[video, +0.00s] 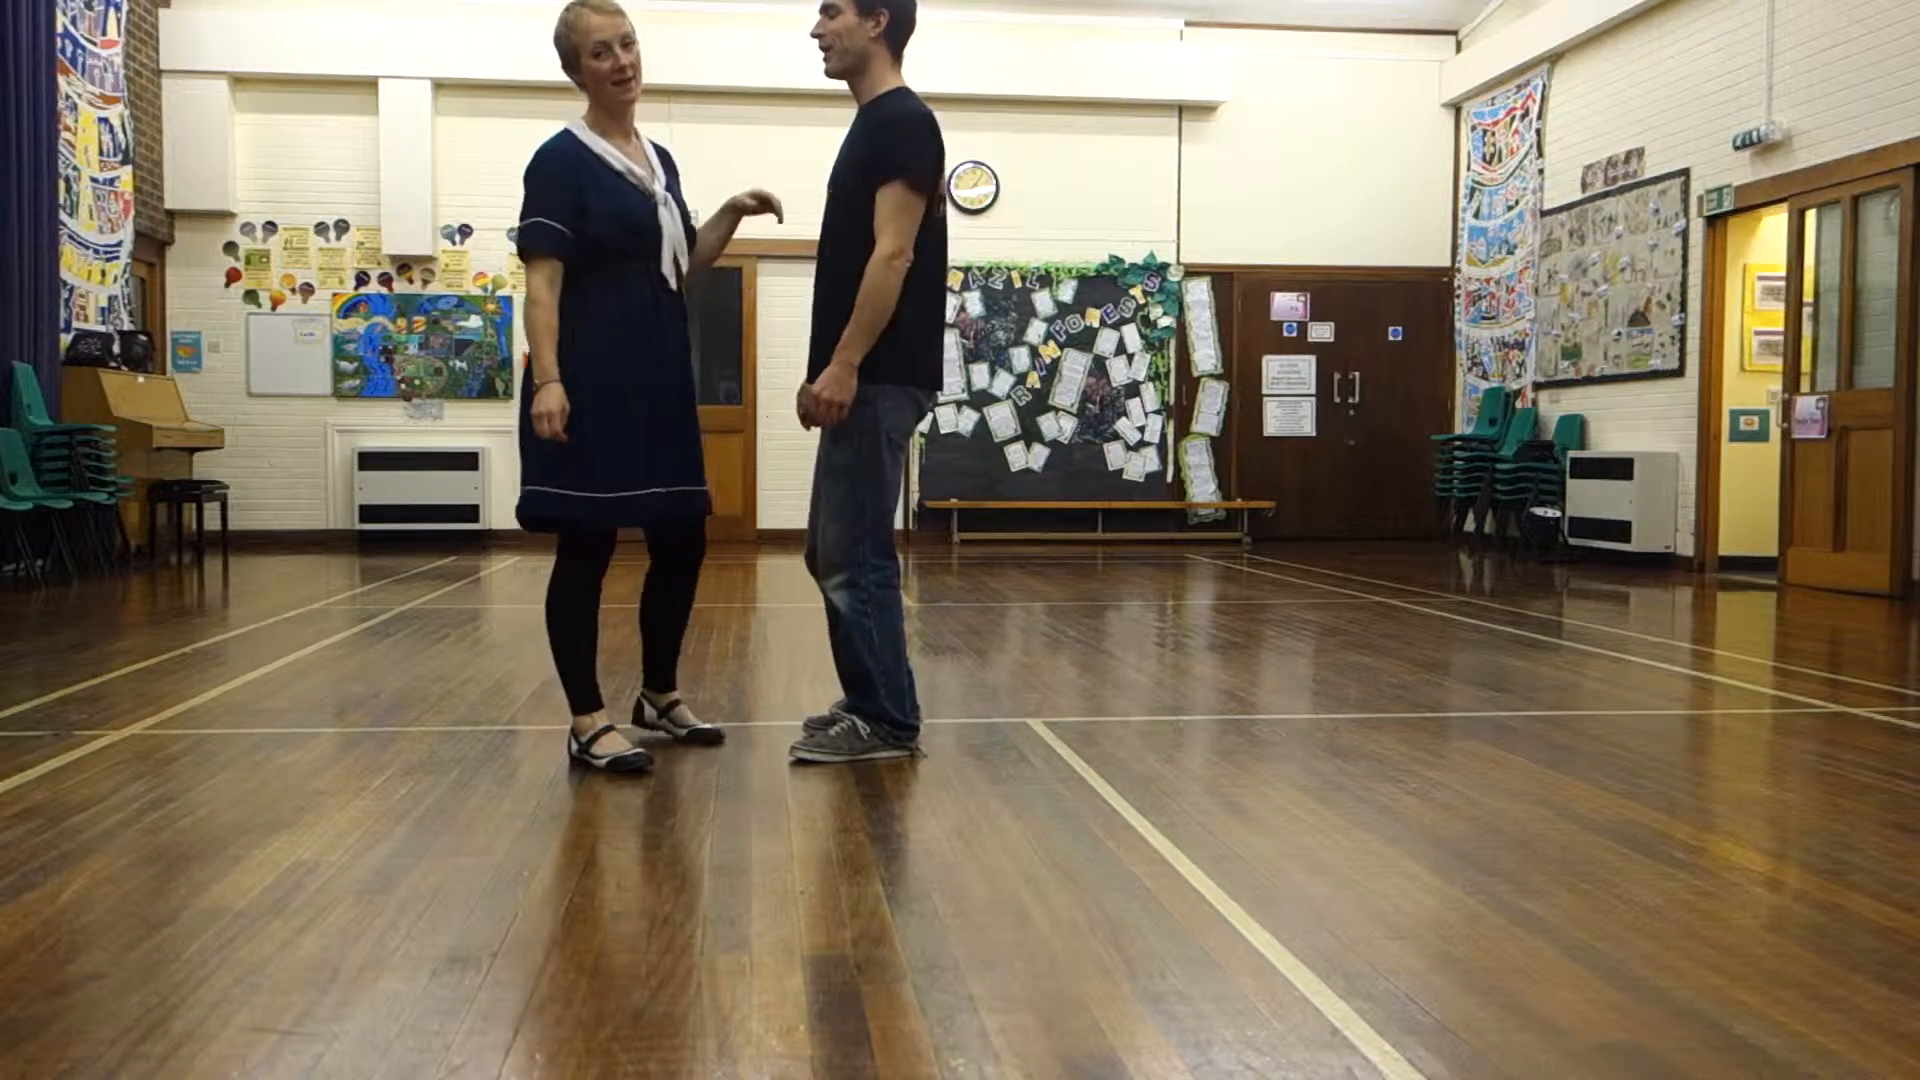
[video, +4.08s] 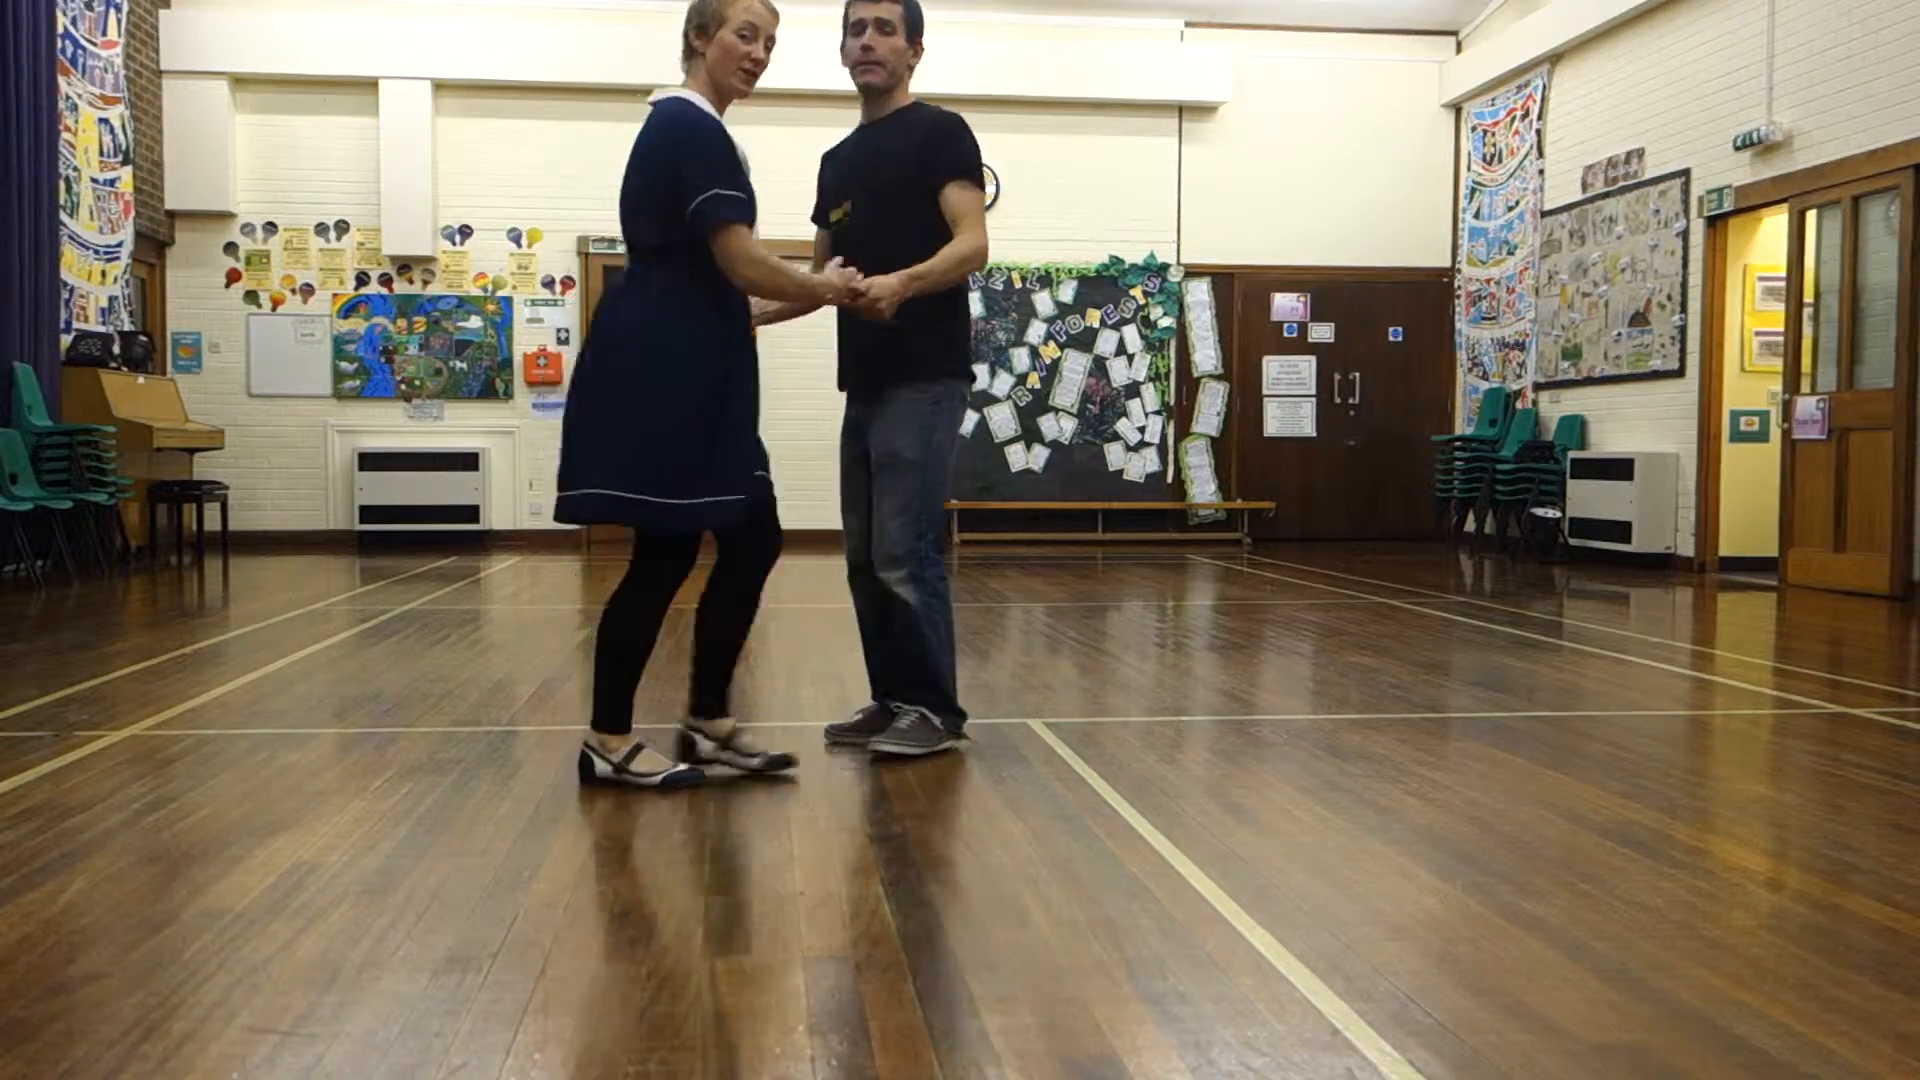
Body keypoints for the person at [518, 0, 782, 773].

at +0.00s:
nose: (620, 60)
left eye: (626, 44)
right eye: (600, 52)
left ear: (642, 51)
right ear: (574, 70)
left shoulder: (659, 159)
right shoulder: (559, 161)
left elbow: (680, 268)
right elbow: (542, 283)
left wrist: (732, 212)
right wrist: (547, 379)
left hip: (659, 388)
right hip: (586, 388)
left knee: (682, 533)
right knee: (585, 546)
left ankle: (658, 699)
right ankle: (588, 724)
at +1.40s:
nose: (680, 67)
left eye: (677, 55)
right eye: (662, 56)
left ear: (643, 74)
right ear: (619, 72)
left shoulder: (683, 174)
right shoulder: (584, 174)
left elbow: (731, 258)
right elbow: (568, 289)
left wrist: (793, 203)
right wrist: (650, 314)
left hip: (678, 396)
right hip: (608, 399)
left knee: (667, 546)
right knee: (605, 551)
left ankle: (661, 702)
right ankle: (585, 718)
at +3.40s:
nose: (645, 87)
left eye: (650, 78)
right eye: (630, 74)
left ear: (647, 91)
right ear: (589, 84)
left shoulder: (628, 175)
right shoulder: (585, 160)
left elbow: (661, 288)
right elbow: (628, 266)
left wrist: (744, 280)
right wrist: (733, 257)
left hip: (626, 388)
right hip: (602, 388)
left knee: (616, 542)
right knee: (638, 541)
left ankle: (591, 707)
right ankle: (596, 712)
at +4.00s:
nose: (739, 56)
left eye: (748, 47)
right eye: (726, 37)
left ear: (744, 63)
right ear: (681, 40)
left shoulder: (686, 133)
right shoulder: (663, 123)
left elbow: (696, 273)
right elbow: (717, 261)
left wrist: (750, 308)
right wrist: (808, 295)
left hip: (681, 383)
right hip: (644, 384)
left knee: (728, 543)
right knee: (659, 552)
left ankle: (646, 699)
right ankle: (608, 739)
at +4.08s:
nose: (760, 53)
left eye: (768, 43)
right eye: (746, 34)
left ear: (763, 56)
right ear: (699, 38)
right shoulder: (688, 124)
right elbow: (738, 258)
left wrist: (804, 295)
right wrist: (822, 286)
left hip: (690, 381)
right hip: (670, 381)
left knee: (755, 540)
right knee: (663, 553)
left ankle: (707, 728)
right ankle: (608, 742)